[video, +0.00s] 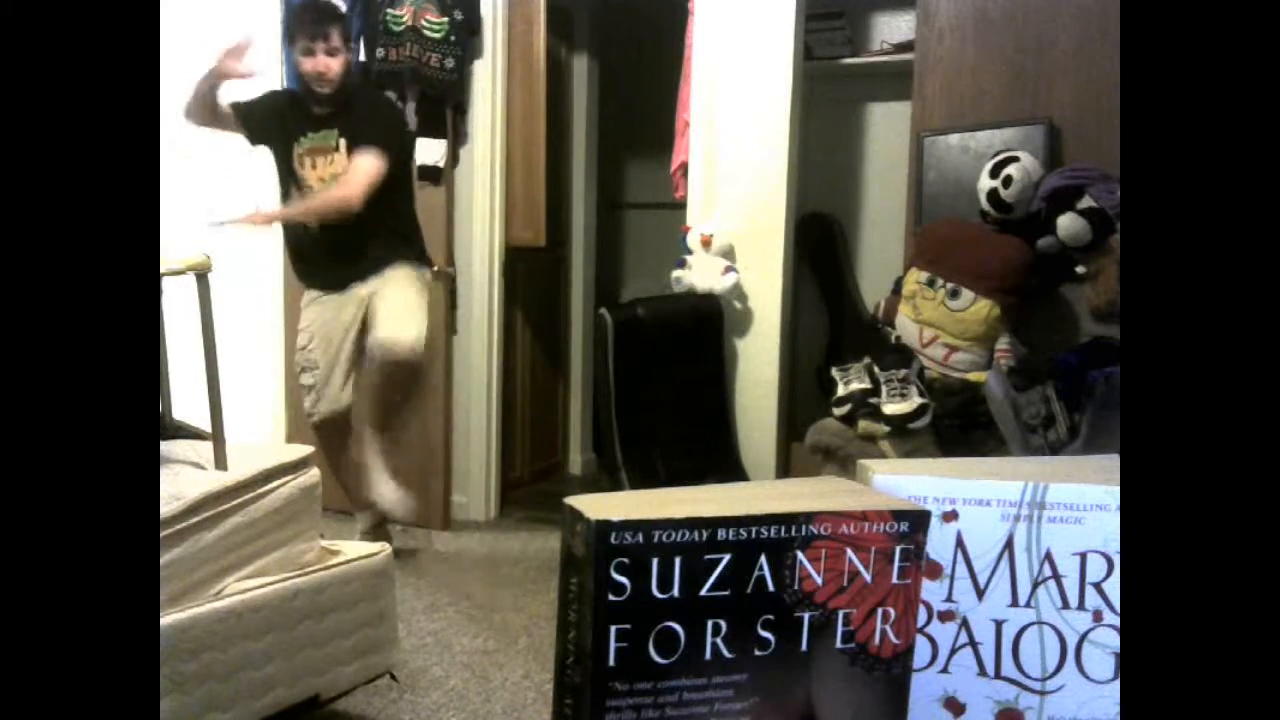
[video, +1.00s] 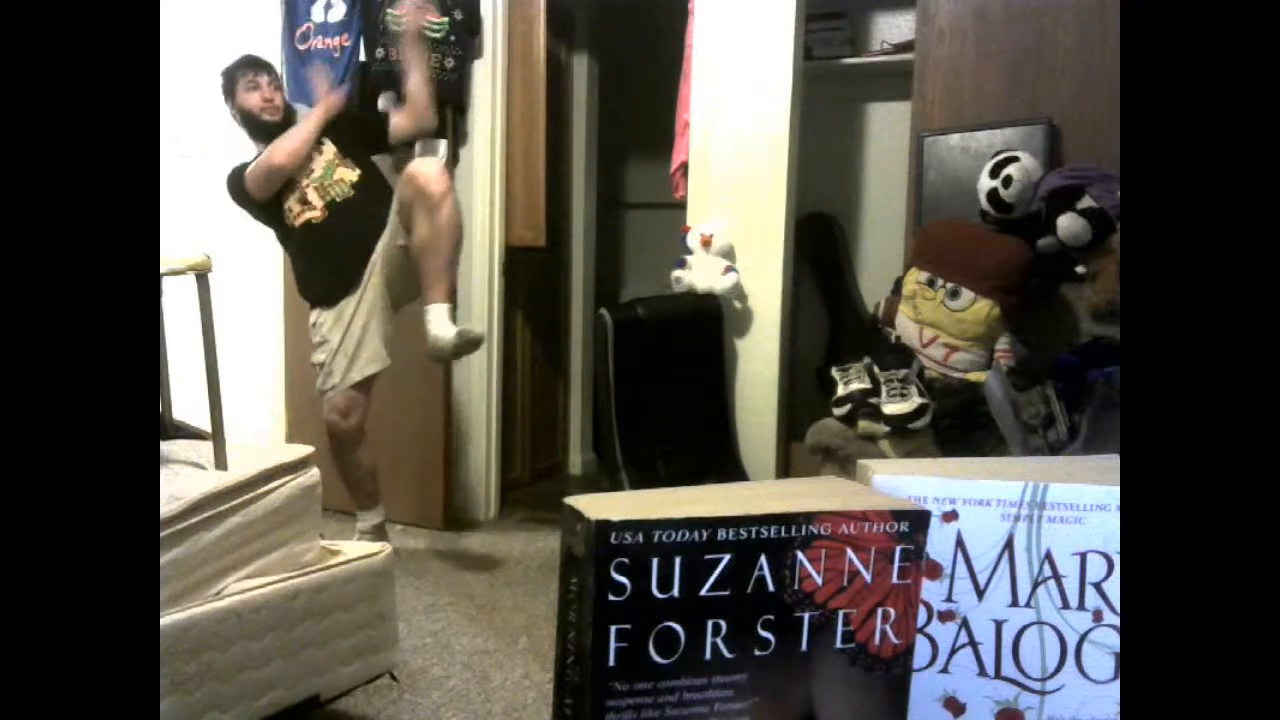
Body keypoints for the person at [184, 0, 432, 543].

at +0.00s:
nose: (323, 65)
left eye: (333, 52)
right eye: (311, 53)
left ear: (350, 53)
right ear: (293, 56)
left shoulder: (377, 110)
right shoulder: (281, 111)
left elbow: (353, 193)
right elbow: (201, 115)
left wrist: (276, 214)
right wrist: (214, 78)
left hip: (392, 265)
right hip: (325, 284)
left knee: (399, 346)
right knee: (325, 410)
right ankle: (370, 513)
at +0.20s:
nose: (309, 59)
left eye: (318, 47)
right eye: (296, 49)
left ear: (336, 48)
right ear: (280, 55)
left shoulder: (362, 94)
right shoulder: (272, 110)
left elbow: (392, 130)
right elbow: (202, 126)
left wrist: (299, 154)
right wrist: (254, 117)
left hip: (382, 255)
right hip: (320, 287)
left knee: (418, 268)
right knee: (325, 417)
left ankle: (388, 385)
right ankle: (370, 521)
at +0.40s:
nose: (306, 62)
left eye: (314, 49)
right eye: (294, 52)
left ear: (331, 48)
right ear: (275, 56)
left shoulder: (365, 96)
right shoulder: (263, 123)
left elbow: (413, 124)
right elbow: (235, 164)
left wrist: (347, 150)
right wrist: (311, 159)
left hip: (378, 253)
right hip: (317, 287)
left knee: (407, 248)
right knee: (327, 420)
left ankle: (390, 366)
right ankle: (368, 518)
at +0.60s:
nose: (286, 79)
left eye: (293, 68)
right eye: (273, 70)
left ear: (305, 74)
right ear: (254, 80)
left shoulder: (339, 118)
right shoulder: (253, 145)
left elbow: (412, 97)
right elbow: (316, 151)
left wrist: (469, 62)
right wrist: (394, 105)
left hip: (384, 256)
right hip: (328, 286)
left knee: (378, 177)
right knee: (331, 419)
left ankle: (391, 317)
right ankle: (369, 520)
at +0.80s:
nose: (277, 87)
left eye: (284, 78)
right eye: (263, 80)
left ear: (296, 85)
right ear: (245, 92)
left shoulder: (337, 122)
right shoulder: (245, 164)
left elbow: (414, 89)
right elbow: (300, 156)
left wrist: (451, 30)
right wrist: (365, 106)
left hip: (384, 253)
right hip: (335, 299)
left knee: (413, 174)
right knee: (339, 423)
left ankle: (419, 317)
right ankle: (371, 522)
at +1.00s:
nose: (265, 90)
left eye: (269, 81)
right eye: (250, 87)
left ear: (282, 89)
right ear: (236, 108)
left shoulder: (335, 124)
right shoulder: (244, 180)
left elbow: (420, 117)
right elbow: (279, 166)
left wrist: (412, 39)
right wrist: (322, 110)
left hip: (390, 253)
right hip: (337, 302)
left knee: (427, 175)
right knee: (342, 420)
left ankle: (440, 323)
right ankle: (372, 526)